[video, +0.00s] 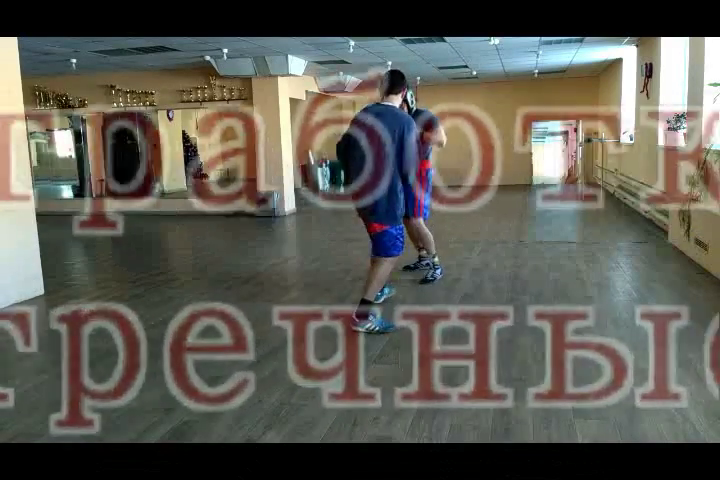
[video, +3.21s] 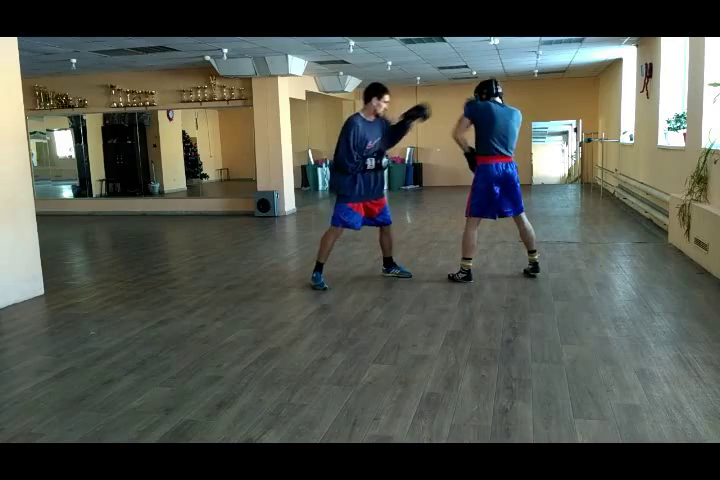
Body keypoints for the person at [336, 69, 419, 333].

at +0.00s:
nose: (403, 97)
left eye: (382, 86)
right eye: (405, 94)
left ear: (381, 89)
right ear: (403, 93)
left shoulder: (364, 114)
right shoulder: (405, 121)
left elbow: (345, 148)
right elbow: (407, 167)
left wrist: (354, 180)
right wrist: (411, 190)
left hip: (362, 191)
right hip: (388, 195)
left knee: (379, 245)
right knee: (389, 254)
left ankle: (376, 289)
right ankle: (364, 312)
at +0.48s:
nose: (401, 103)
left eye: (400, 99)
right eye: (401, 99)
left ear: (378, 95)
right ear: (397, 98)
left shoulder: (362, 117)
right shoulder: (392, 123)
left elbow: (353, 150)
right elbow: (396, 165)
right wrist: (398, 181)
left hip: (355, 185)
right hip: (374, 188)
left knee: (377, 238)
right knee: (377, 245)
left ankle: (370, 287)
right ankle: (365, 308)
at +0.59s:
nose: (398, 99)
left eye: (397, 95)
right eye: (398, 95)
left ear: (376, 91)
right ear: (393, 94)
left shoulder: (367, 110)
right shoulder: (383, 117)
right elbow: (389, 162)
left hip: (358, 183)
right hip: (369, 187)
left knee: (374, 239)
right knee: (378, 241)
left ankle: (371, 287)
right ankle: (367, 302)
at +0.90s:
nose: (396, 97)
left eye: (396, 94)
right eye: (396, 93)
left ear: (375, 87)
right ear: (392, 91)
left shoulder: (362, 109)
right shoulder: (377, 114)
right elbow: (379, 160)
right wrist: (392, 160)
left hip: (356, 182)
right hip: (366, 187)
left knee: (370, 237)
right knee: (369, 241)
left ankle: (370, 285)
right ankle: (337, 297)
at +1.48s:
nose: (402, 101)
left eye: (402, 97)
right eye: (402, 96)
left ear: (382, 93)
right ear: (396, 96)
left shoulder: (371, 114)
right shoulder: (381, 119)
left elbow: (381, 139)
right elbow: (383, 165)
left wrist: (398, 117)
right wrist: (395, 164)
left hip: (375, 192)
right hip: (370, 193)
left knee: (392, 234)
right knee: (363, 241)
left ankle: (387, 280)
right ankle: (340, 297)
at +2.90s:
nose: (369, 109)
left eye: (370, 104)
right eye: (368, 103)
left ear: (356, 101)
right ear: (358, 100)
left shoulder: (354, 125)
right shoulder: (341, 125)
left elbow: (360, 156)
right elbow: (343, 170)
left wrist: (371, 136)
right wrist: (365, 162)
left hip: (359, 189)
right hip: (342, 193)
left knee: (379, 220)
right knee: (339, 233)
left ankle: (383, 267)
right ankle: (317, 272)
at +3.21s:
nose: (385, 106)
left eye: (387, 102)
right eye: (383, 101)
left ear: (380, 102)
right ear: (372, 100)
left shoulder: (382, 123)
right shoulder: (353, 124)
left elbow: (389, 141)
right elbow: (344, 161)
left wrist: (407, 121)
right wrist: (373, 162)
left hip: (375, 188)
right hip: (351, 189)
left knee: (386, 224)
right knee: (336, 229)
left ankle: (388, 265)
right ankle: (317, 272)